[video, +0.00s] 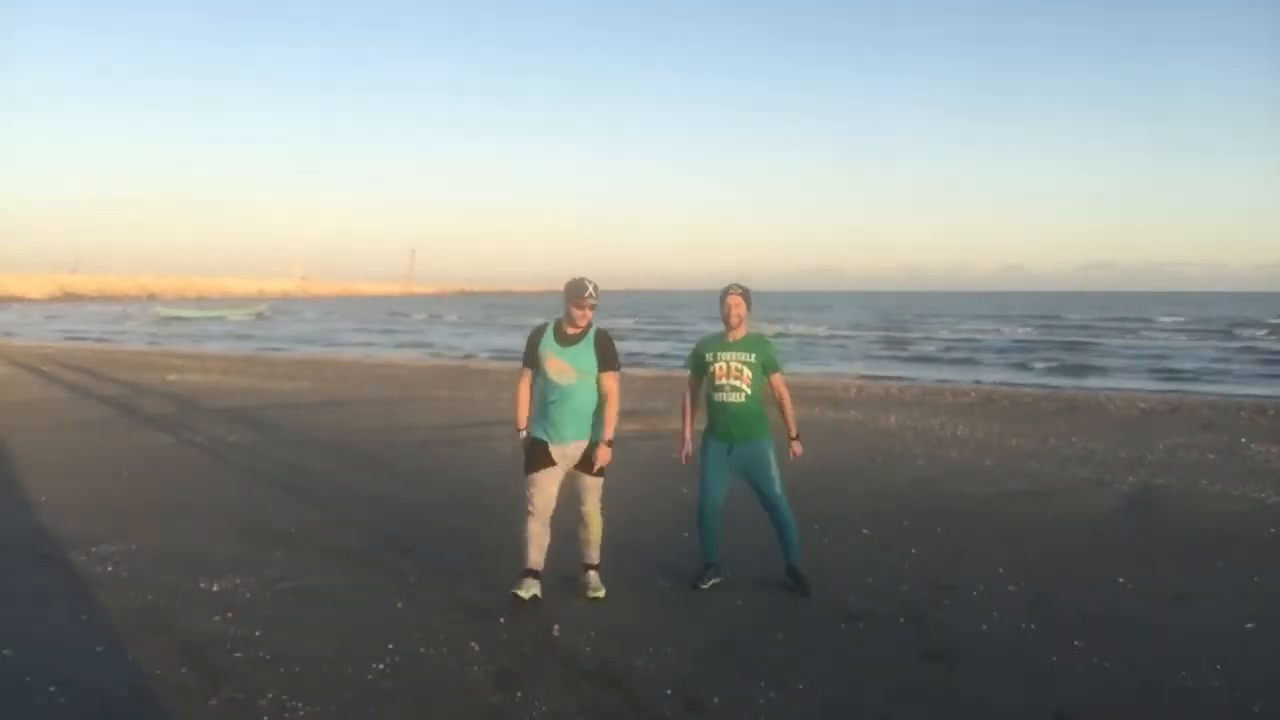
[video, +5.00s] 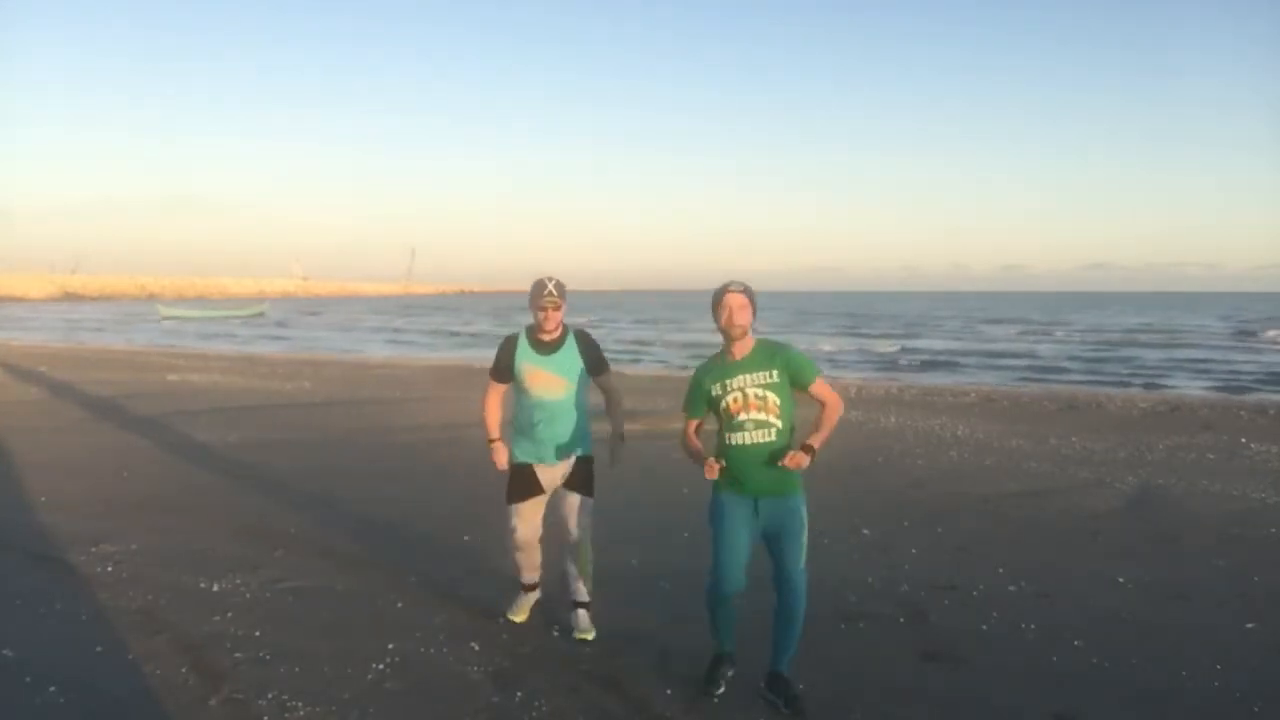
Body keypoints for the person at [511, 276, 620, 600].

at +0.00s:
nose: (583, 313)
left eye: (589, 307)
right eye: (578, 306)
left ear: (595, 309)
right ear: (565, 303)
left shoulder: (602, 342)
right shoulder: (541, 336)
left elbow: (611, 394)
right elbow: (525, 381)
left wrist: (606, 441)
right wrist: (522, 428)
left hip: (588, 443)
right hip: (544, 441)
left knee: (590, 510)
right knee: (537, 510)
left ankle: (592, 570)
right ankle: (531, 575)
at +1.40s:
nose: (594, 305)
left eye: (599, 299)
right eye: (588, 299)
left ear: (606, 301)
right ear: (579, 300)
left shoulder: (621, 331)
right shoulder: (564, 335)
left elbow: (632, 378)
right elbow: (558, 386)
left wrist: (626, 418)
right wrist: (571, 425)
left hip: (615, 428)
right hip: (577, 428)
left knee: (616, 497)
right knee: (572, 497)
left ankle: (615, 559)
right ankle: (567, 557)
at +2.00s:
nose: (582, 310)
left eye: (588, 304)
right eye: (576, 304)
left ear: (595, 306)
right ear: (566, 304)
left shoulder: (610, 337)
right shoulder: (548, 338)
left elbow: (626, 381)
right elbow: (535, 385)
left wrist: (637, 420)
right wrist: (527, 430)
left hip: (601, 434)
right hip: (557, 434)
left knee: (609, 499)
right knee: (541, 495)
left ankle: (614, 560)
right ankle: (524, 556)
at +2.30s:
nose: (552, 313)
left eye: (558, 308)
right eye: (547, 307)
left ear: (564, 309)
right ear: (536, 306)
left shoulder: (575, 340)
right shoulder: (514, 339)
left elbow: (593, 385)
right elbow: (497, 383)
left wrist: (603, 426)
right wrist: (486, 426)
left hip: (567, 436)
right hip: (522, 436)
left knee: (585, 498)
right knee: (513, 501)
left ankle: (604, 559)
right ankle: (504, 563)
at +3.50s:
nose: (504, 325)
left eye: (509, 319)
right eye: (499, 319)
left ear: (519, 316)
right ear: (490, 316)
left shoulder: (533, 339)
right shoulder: (474, 343)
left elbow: (562, 371)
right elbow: (458, 378)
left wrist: (565, 386)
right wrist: (446, 403)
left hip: (526, 440)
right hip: (481, 439)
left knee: (539, 511)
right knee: (472, 508)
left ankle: (547, 563)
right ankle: (470, 573)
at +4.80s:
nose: (524, 316)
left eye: (531, 309)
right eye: (518, 309)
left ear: (540, 310)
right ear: (508, 311)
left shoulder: (560, 340)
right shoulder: (492, 348)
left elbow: (587, 380)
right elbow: (474, 393)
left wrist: (587, 422)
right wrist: (484, 440)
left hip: (562, 450)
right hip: (514, 454)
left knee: (573, 529)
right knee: (499, 525)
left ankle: (581, 606)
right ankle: (481, 576)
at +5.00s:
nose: (548, 315)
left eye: (555, 308)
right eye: (542, 308)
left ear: (564, 308)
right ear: (532, 309)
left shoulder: (582, 343)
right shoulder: (513, 348)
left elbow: (610, 389)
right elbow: (493, 395)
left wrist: (617, 431)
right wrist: (494, 439)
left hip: (574, 454)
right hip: (527, 456)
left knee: (576, 532)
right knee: (523, 532)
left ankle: (581, 609)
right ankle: (529, 591)